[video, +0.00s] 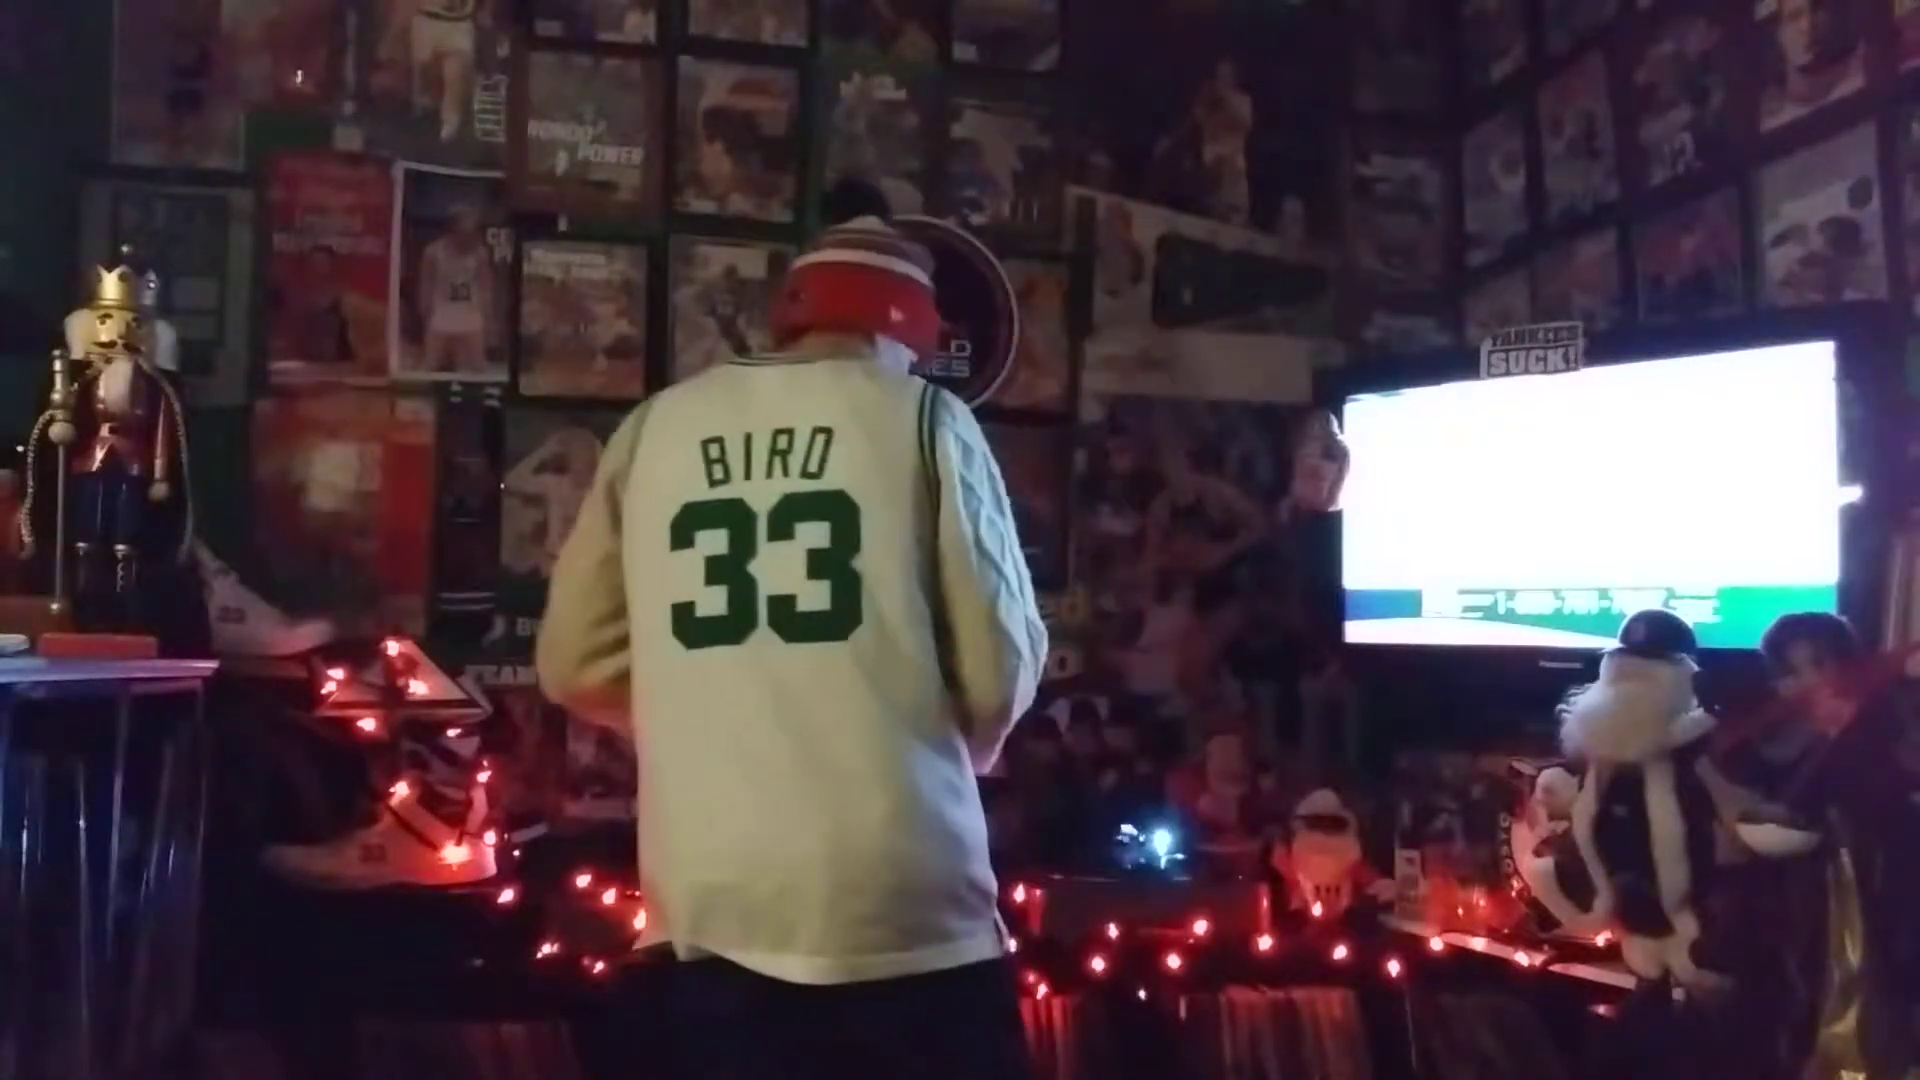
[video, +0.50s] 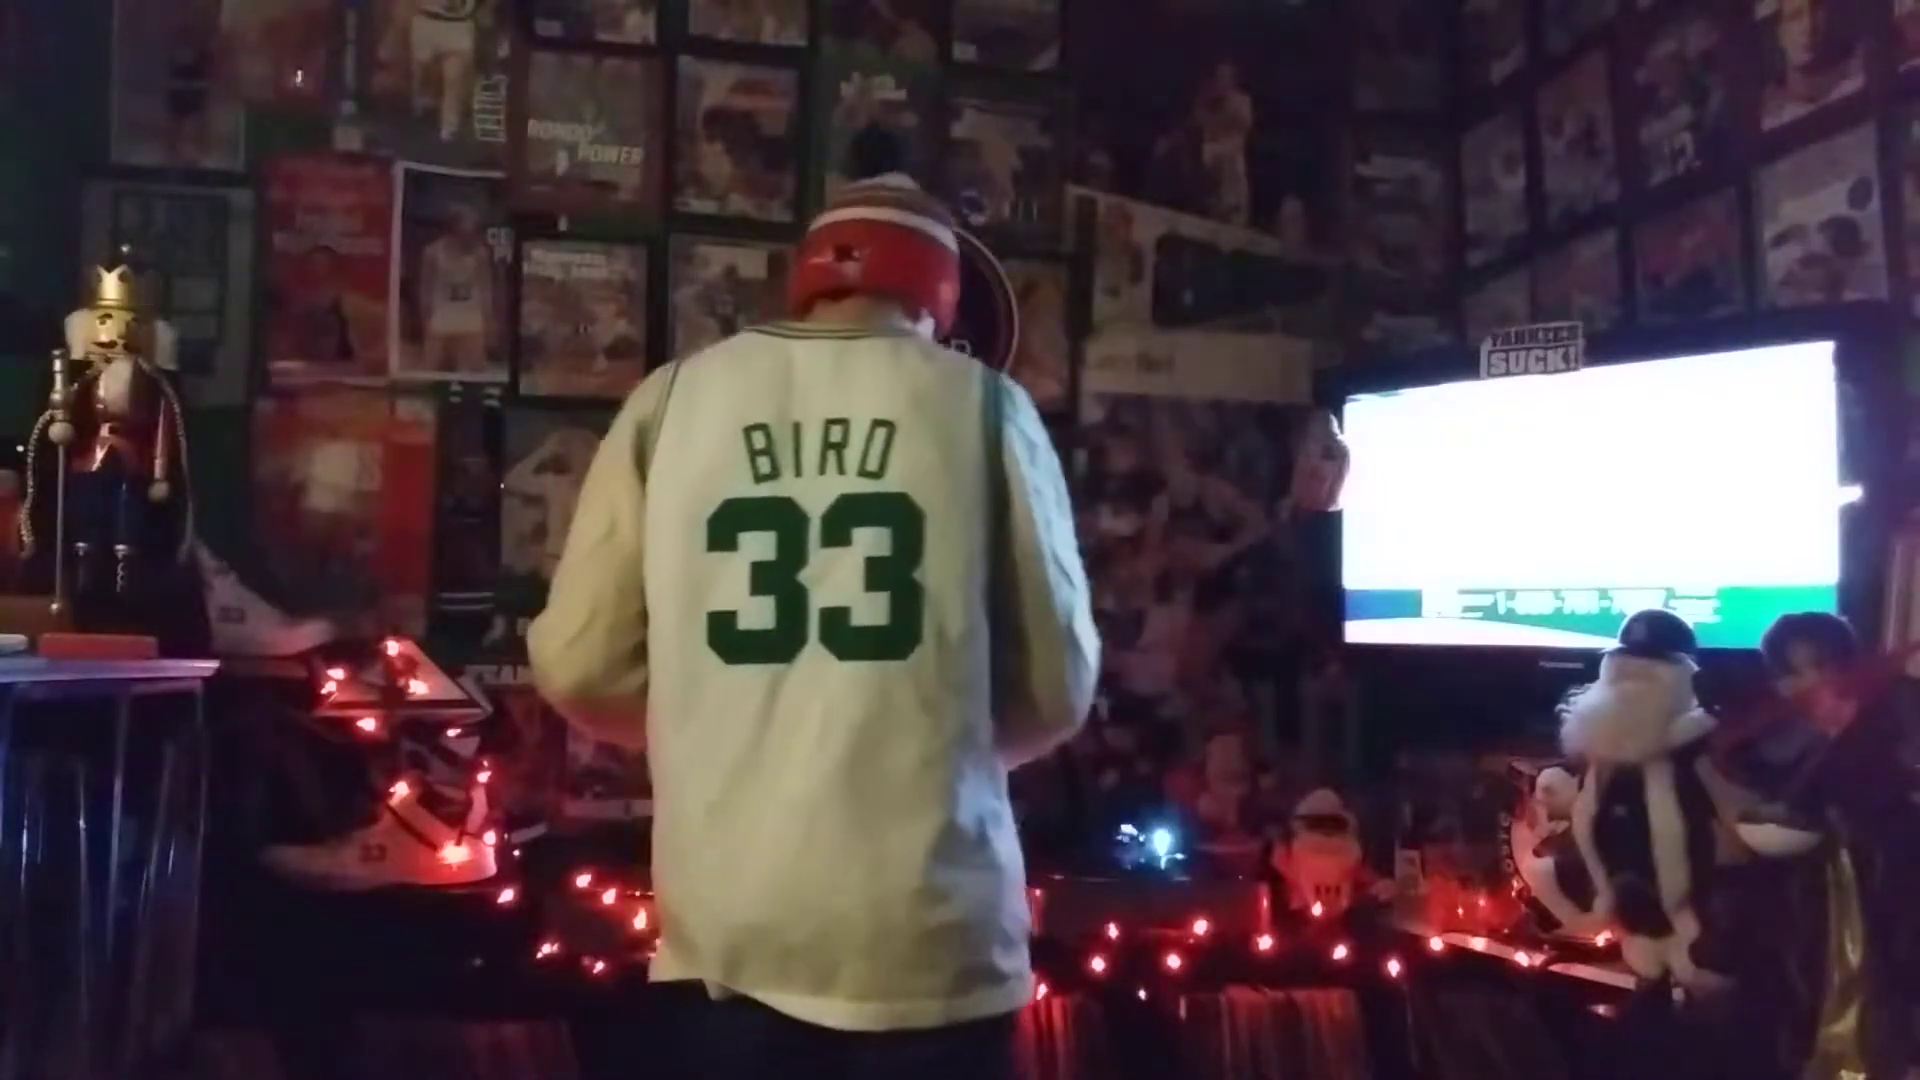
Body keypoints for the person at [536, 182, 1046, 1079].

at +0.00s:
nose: (939, 355)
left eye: (940, 347)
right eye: (936, 342)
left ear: (793, 317)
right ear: (914, 332)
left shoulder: (653, 425)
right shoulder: (929, 420)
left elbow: (574, 659)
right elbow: (996, 676)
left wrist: (710, 724)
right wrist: (935, 764)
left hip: (712, 920)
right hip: (909, 918)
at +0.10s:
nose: (932, 351)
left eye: (933, 340)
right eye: (927, 334)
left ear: (785, 315)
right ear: (904, 329)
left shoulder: (648, 421)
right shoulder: (928, 417)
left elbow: (561, 659)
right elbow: (1003, 669)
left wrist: (705, 714)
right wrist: (929, 763)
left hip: (710, 919)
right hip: (908, 917)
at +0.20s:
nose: (929, 342)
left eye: (927, 324)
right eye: (923, 321)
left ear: (781, 309)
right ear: (899, 317)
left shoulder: (647, 416)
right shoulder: (935, 414)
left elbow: (559, 662)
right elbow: (1014, 668)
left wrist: (703, 718)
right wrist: (914, 752)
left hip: (709, 923)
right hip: (912, 918)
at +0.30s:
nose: (929, 349)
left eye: (928, 336)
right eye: (925, 332)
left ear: (781, 306)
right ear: (905, 322)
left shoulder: (648, 412)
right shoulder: (945, 411)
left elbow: (567, 664)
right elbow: (1025, 677)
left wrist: (706, 703)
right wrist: (907, 748)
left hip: (706, 925)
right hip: (914, 925)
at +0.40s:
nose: (937, 346)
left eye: (935, 331)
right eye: (934, 326)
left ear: (785, 300)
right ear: (916, 317)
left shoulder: (656, 407)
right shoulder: (966, 410)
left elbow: (572, 667)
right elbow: (1037, 687)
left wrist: (716, 708)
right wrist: (912, 746)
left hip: (709, 934)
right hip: (919, 935)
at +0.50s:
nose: (956, 327)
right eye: (955, 309)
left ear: (806, 287)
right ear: (940, 305)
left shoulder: (669, 399)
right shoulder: (990, 407)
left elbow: (575, 663)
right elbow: (1056, 692)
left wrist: (717, 704)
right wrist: (922, 751)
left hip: (719, 936)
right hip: (930, 939)